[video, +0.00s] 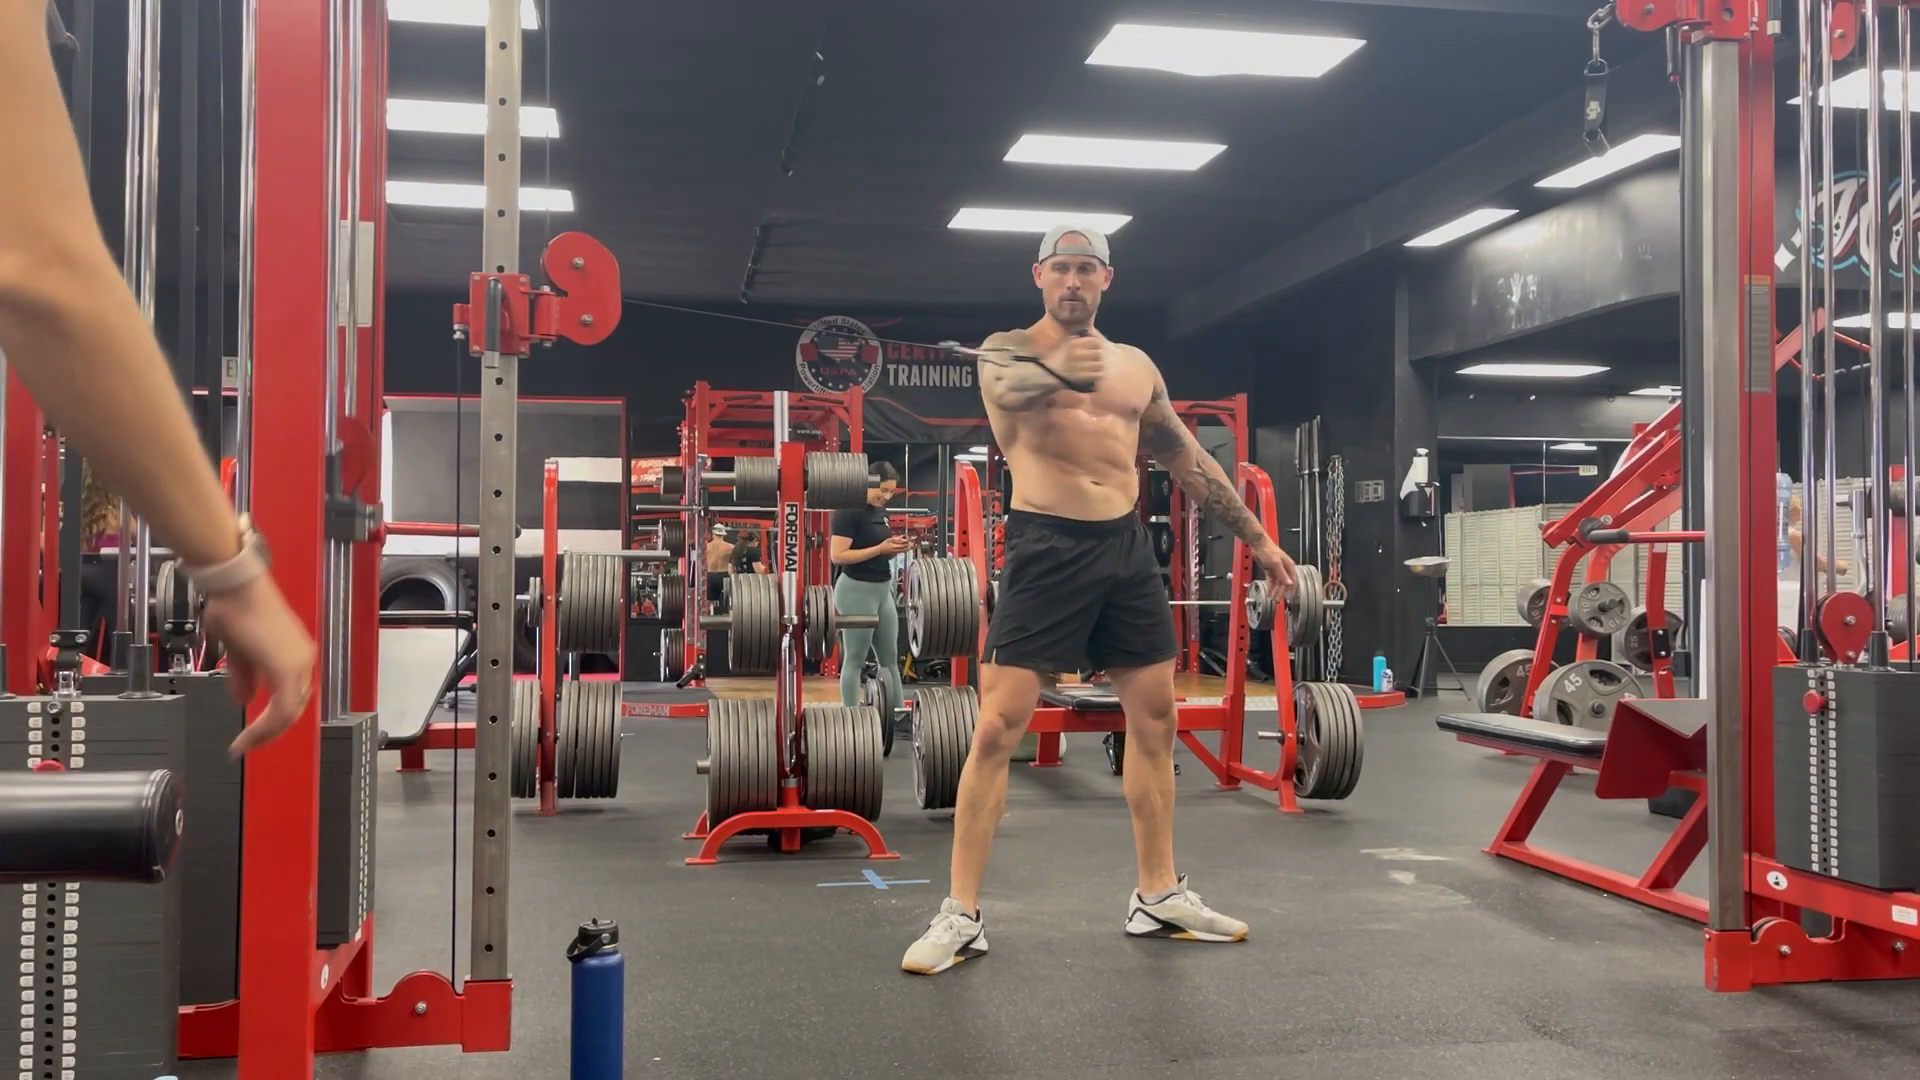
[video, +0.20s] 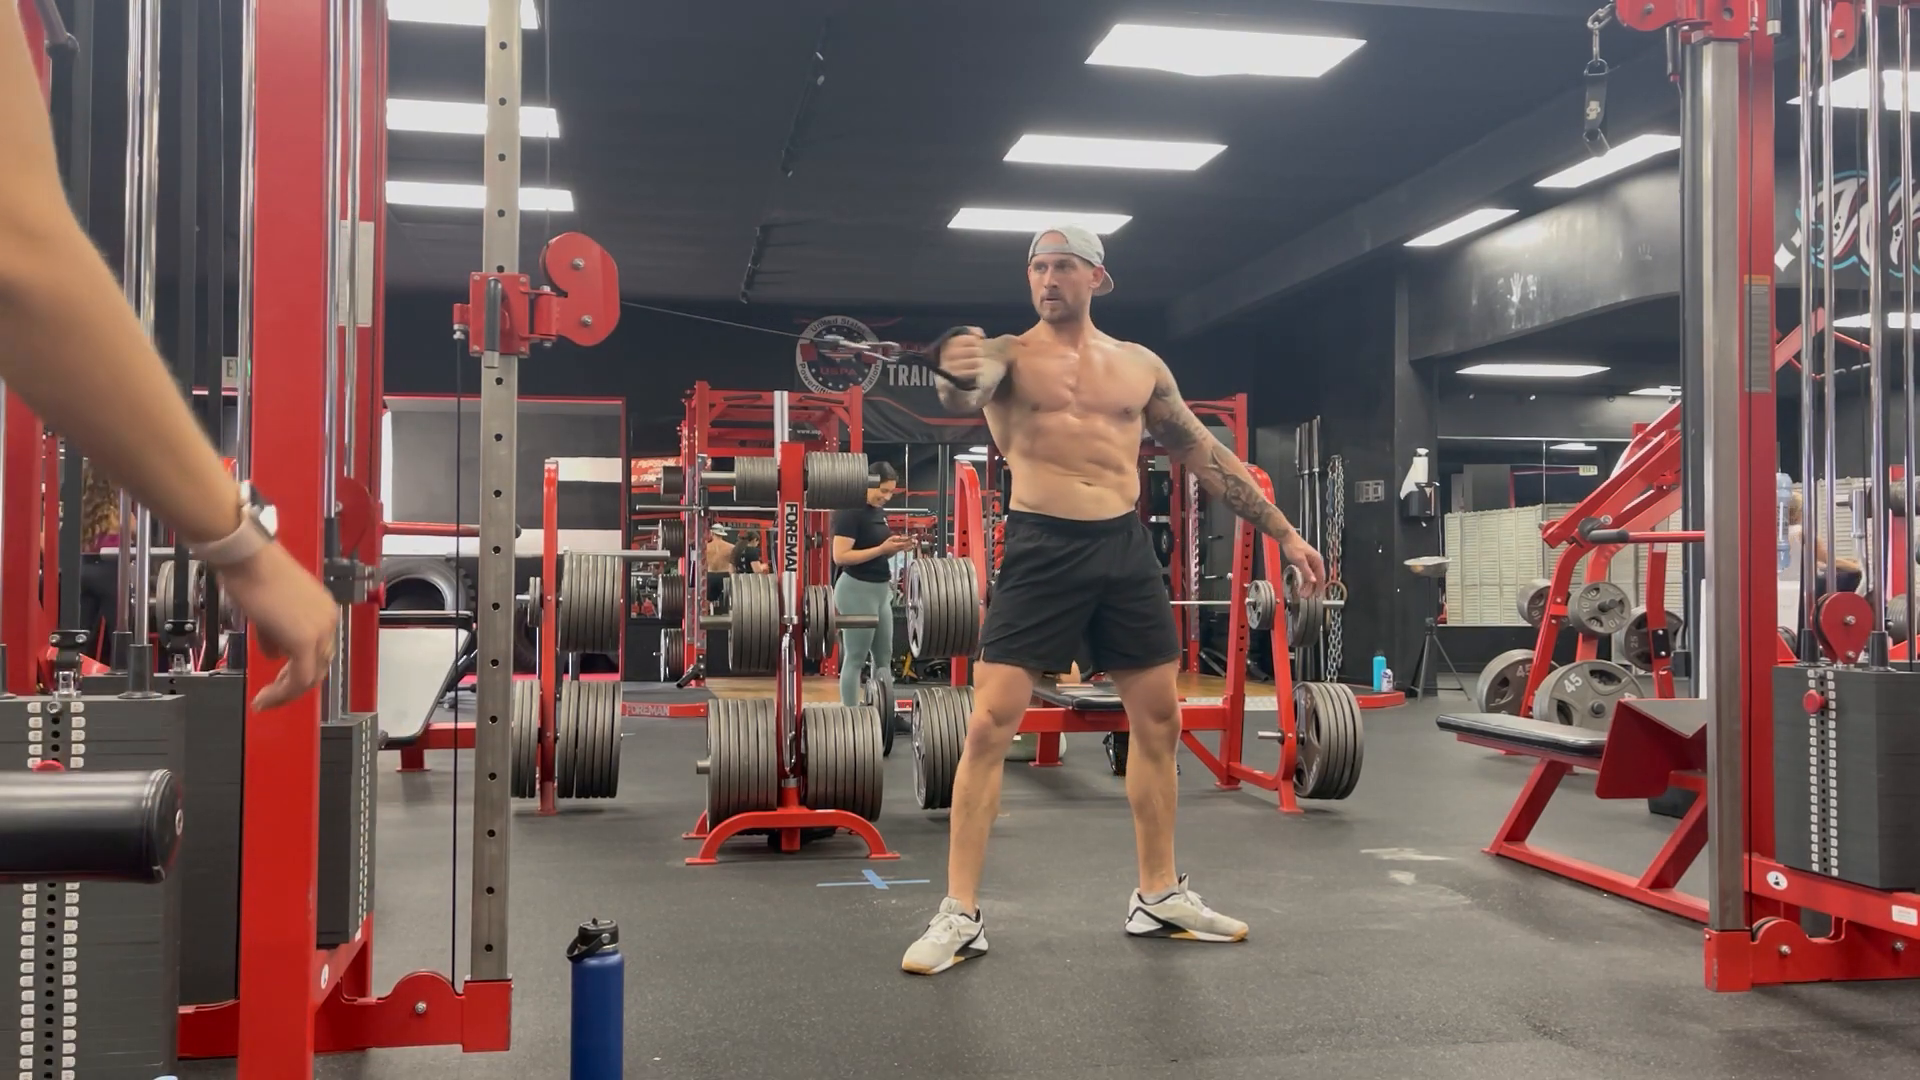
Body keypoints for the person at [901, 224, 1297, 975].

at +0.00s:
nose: (1074, 281)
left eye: (1086, 269)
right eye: (1062, 268)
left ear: (1107, 281)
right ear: (1039, 280)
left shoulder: (1138, 367)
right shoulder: (1004, 349)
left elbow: (1194, 465)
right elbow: (1009, 390)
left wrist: (1261, 542)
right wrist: (1067, 374)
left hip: (1127, 552)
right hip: (1043, 551)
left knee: (1155, 720)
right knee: (995, 730)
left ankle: (1157, 894)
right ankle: (961, 911)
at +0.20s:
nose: (1049, 276)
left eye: (1064, 264)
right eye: (1039, 265)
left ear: (1098, 280)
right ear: (1027, 280)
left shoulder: (1142, 366)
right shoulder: (1006, 353)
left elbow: (1212, 458)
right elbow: (968, 381)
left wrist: (1287, 532)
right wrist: (955, 367)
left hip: (1126, 550)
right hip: (1037, 550)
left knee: (1159, 721)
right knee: (988, 725)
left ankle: (1158, 896)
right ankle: (960, 910)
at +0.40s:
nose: (1042, 276)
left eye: (1057, 263)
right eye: (1033, 265)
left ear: (1094, 277)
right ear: (1024, 280)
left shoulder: (1145, 365)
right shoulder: (1000, 355)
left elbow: (1220, 453)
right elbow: (941, 390)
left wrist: (1301, 527)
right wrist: (906, 373)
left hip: (1123, 551)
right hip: (1032, 551)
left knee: (1159, 721)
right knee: (981, 725)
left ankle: (1158, 895)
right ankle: (959, 909)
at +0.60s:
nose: (1064, 271)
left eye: (1078, 260)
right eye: (1051, 260)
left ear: (1102, 279)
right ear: (1032, 278)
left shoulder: (1145, 365)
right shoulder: (1008, 349)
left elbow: (1216, 458)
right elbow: (964, 371)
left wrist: (1293, 531)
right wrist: (956, 362)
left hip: (1124, 551)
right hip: (1036, 549)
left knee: (1163, 718)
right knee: (986, 725)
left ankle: (1159, 895)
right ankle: (958, 910)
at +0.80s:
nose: (1087, 273)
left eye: (1098, 263)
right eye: (1072, 260)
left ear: (1110, 281)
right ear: (1041, 275)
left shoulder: (1130, 364)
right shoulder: (1008, 346)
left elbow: (1191, 467)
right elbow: (1017, 390)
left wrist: (1256, 543)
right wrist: (1094, 374)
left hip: (1121, 552)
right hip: (1037, 548)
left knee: (1157, 716)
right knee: (989, 728)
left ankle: (1159, 894)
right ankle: (959, 909)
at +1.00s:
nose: (1103, 276)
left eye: (1111, 266)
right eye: (1089, 262)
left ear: (1116, 280)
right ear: (1047, 273)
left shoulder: (1122, 372)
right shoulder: (1016, 348)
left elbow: (1149, 469)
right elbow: (1085, 387)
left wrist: (1201, 549)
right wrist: (1208, 383)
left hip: (1118, 554)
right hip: (1042, 549)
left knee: (1154, 717)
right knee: (999, 731)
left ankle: (1159, 894)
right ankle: (959, 910)